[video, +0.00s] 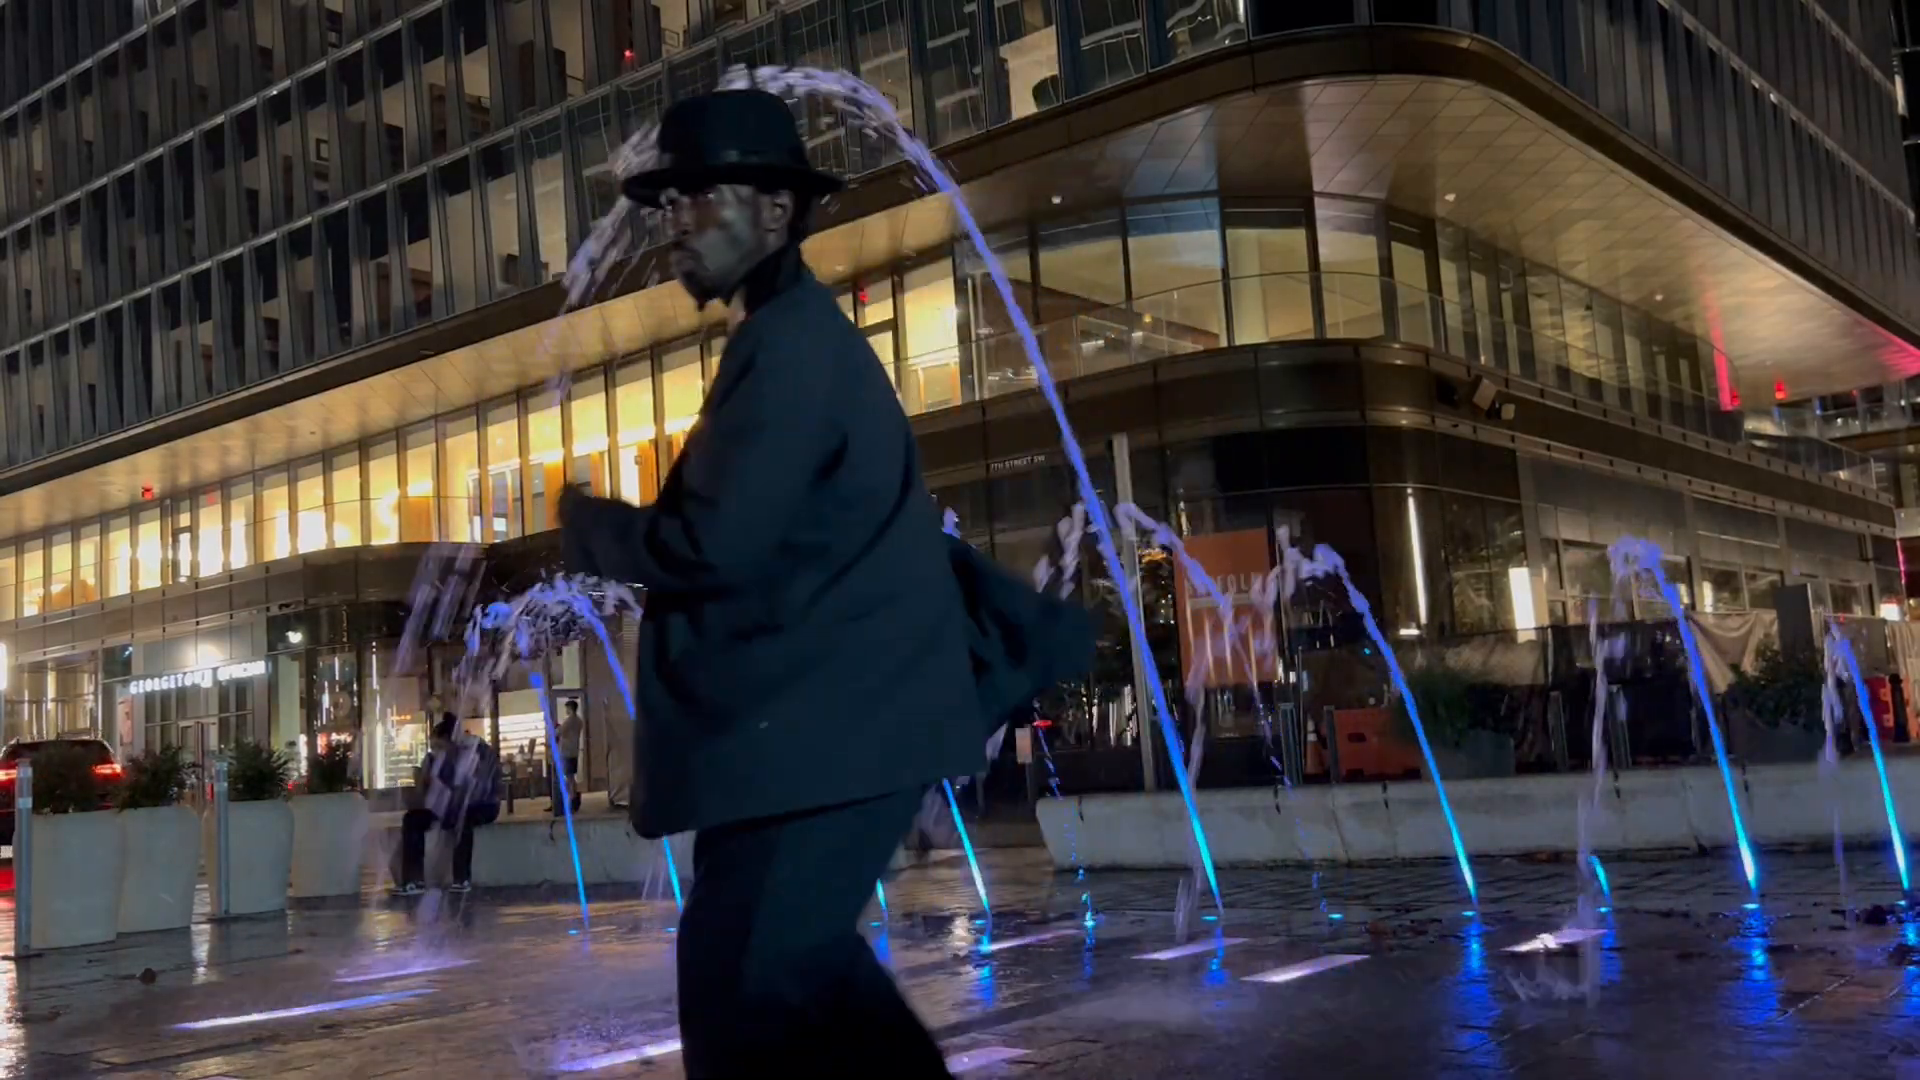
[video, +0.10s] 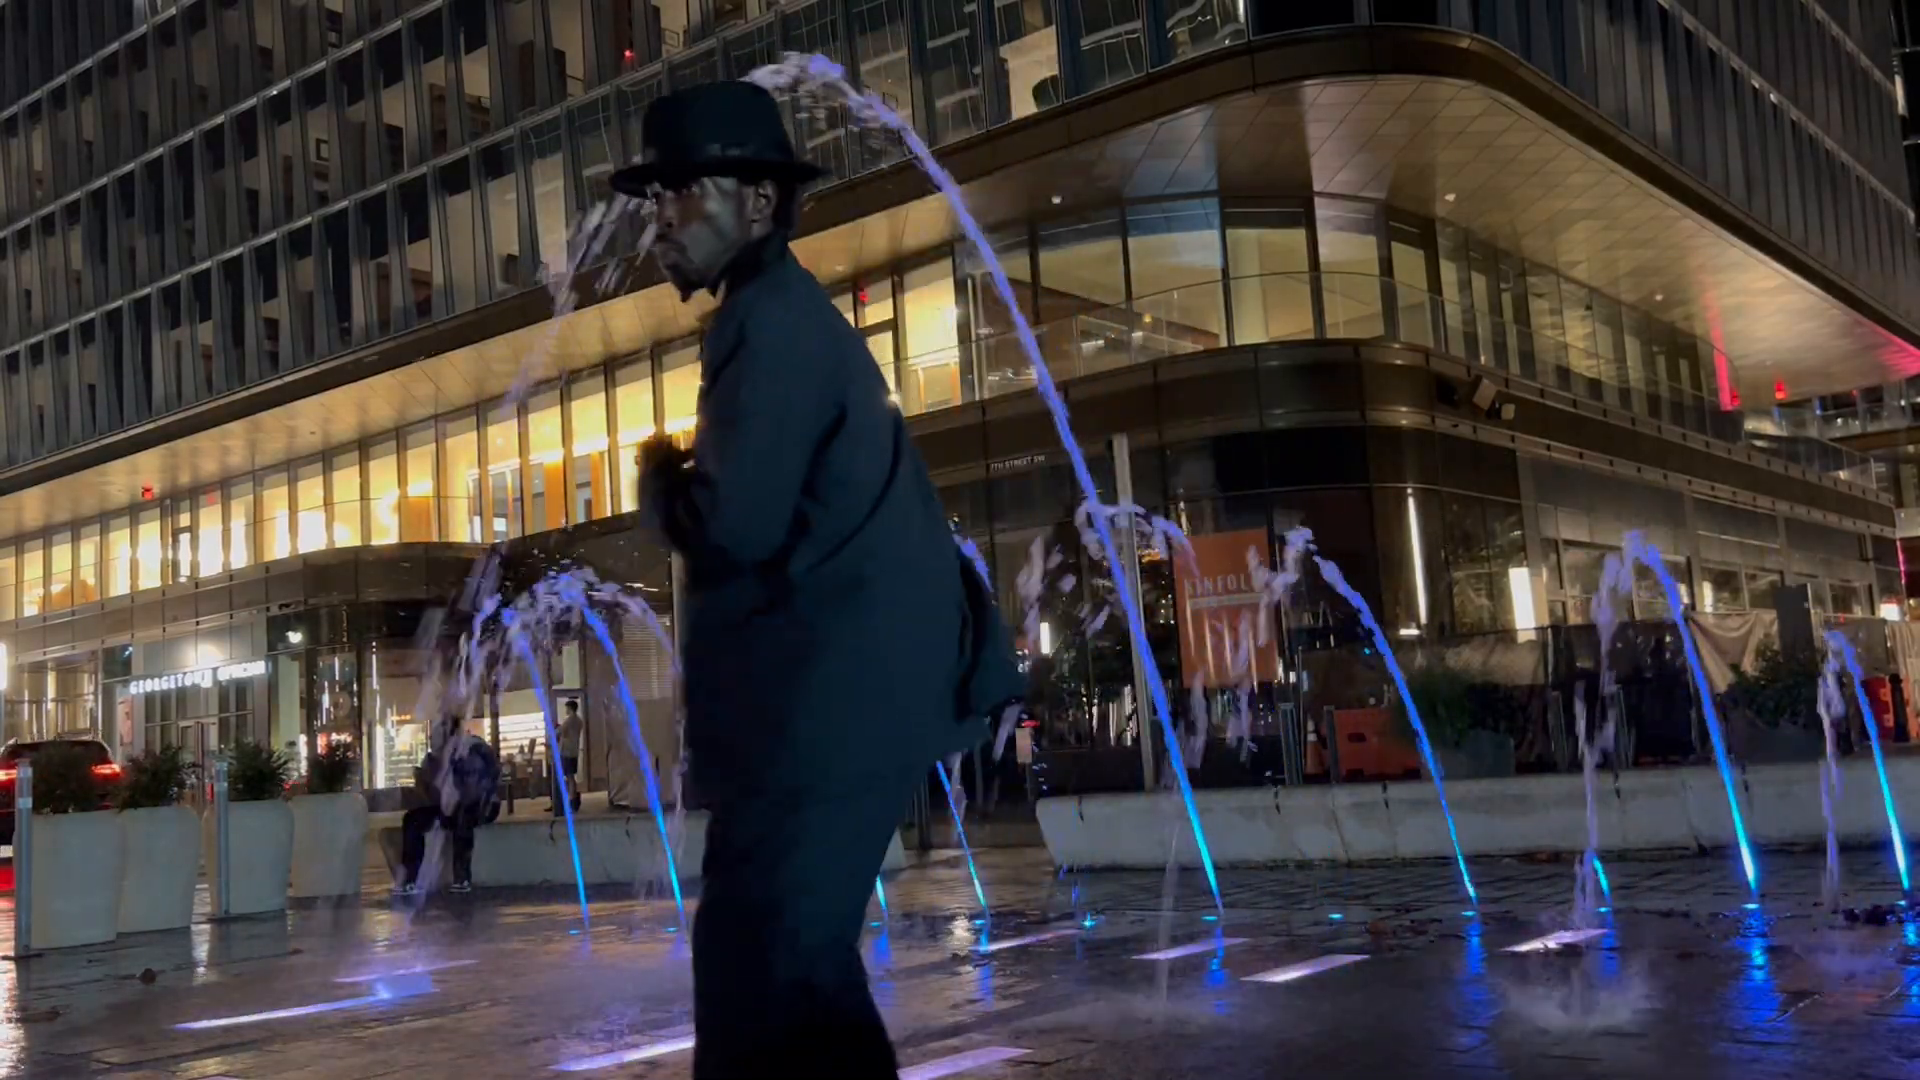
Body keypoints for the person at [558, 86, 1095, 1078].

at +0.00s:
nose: (672, 229)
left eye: (694, 202)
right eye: (669, 207)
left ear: (772, 213)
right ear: (762, 220)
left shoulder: (787, 348)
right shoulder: (797, 336)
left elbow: (714, 543)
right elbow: (889, 530)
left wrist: (595, 529)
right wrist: (1027, 627)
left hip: (824, 746)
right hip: (846, 738)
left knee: (739, 982)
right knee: (795, 958)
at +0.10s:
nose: (658, 218)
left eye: (681, 193)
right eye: (657, 196)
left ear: (757, 206)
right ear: (746, 211)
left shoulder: (772, 324)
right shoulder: (774, 316)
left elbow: (737, 526)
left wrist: (669, 482)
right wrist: (983, 664)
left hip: (838, 705)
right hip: (853, 700)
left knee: (751, 952)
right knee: (793, 951)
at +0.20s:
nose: (674, 238)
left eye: (693, 212)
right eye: (668, 217)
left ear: (763, 215)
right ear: (742, 222)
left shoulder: (790, 322)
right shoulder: (768, 327)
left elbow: (772, 523)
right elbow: (774, 514)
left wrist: (696, 482)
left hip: (871, 694)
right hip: (862, 693)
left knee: (726, 929)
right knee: (784, 939)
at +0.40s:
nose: (725, 249)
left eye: (744, 221)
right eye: (708, 230)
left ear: (802, 212)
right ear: (696, 239)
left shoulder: (833, 318)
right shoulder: (797, 326)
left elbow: (774, 476)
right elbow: (800, 494)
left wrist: (678, 451)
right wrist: (709, 479)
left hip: (896, 692)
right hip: (850, 690)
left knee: (807, 912)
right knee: (775, 891)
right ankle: (824, 1079)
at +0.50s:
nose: (728, 258)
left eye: (748, 231)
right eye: (710, 240)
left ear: (802, 225)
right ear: (697, 248)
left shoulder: (826, 332)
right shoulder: (786, 340)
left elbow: (761, 502)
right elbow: (813, 533)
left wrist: (667, 436)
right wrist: (715, 565)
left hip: (932, 693)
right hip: (858, 693)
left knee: (916, 927)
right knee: (780, 910)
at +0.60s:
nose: (737, 301)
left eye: (760, 275)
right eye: (722, 279)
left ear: (816, 269)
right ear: (710, 282)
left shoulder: (853, 391)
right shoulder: (797, 393)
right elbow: (827, 575)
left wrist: (721, 515)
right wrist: (733, 620)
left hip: (981, 735)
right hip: (913, 735)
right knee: (802, 910)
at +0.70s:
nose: (833, 253)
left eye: (854, 223)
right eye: (812, 232)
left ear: (899, 228)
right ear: (799, 249)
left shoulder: (986, 372)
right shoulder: (782, 404)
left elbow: (1076, 550)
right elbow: (797, 565)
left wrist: (906, 558)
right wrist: (784, 623)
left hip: (1014, 720)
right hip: (854, 744)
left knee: (1099, 971)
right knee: (804, 956)